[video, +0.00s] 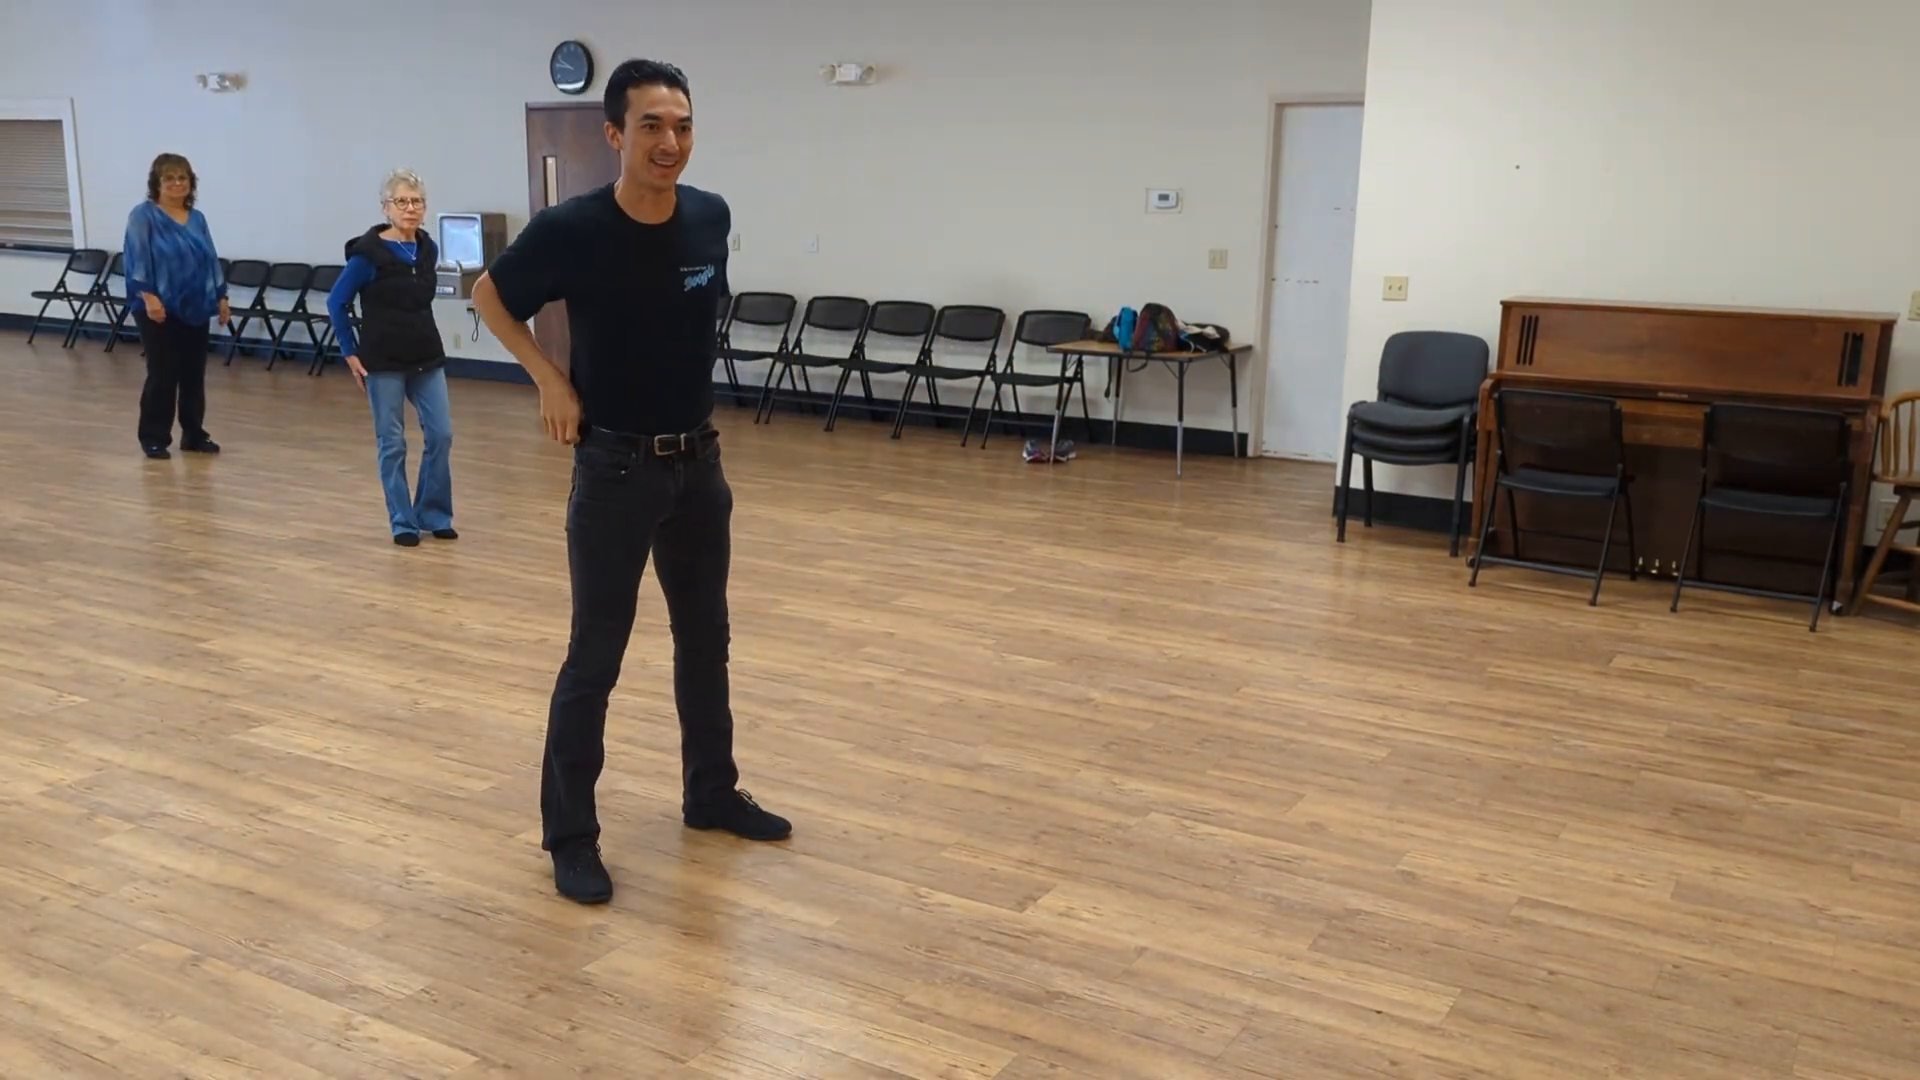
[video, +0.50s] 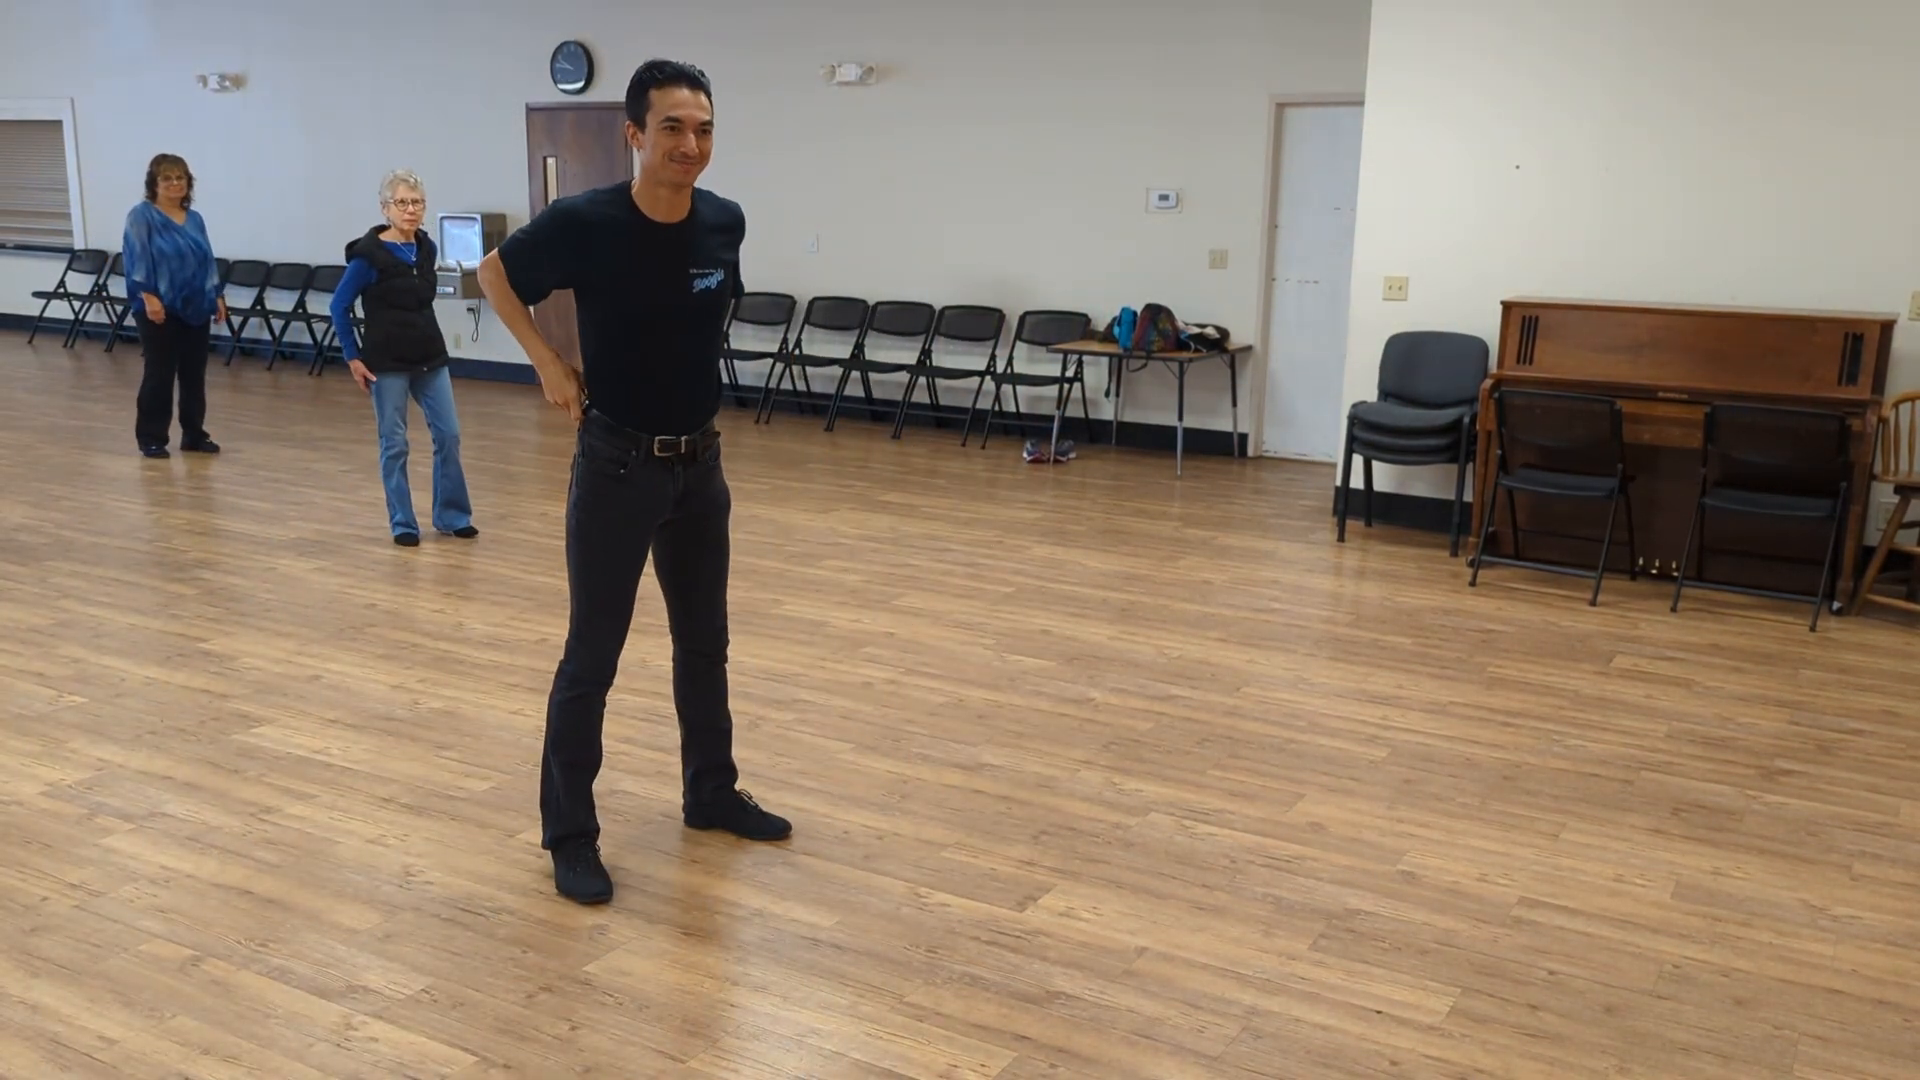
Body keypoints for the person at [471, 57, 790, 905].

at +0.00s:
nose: (671, 141)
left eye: (681, 126)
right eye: (653, 126)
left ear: (694, 136)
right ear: (615, 135)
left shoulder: (708, 217)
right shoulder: (572, 230)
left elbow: (692, 313)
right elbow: (491, 291)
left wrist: (686, 400)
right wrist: (549, 378)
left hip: (696, 466)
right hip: (614, 473)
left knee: (705, 643)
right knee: (594, 661)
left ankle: (711, 794)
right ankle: (571, 839)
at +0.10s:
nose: (679, 142)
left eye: (690, 128)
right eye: (662, 127)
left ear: (702, 138)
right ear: (624, 134)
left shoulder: (716, 219)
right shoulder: (578, 226)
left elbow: (705, 315)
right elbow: (498, 286)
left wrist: (686, 394)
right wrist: (549, 374)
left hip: (697, 467)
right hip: (617, 471)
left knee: (705, 644)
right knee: (595, 660)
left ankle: (711, 795)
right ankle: (572, 839)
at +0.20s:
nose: (684, 143)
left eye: (696, 129)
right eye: (666, 128)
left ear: (708, 137)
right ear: (629, 134)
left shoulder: (720, 221)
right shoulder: (584, 225)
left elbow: (708, 310)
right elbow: (499, 279)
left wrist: (686, 377)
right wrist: (551, 363)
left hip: (698, 464)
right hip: (617, 467)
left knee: (704, 642)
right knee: (593, 657)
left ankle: (711, 794)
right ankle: (572, 838)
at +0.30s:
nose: (688, 142)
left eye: (700, 128)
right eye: (670, 127)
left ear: (711, 138)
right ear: (633, 135)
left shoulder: (722, 222)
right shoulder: (586, 224)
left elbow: (703, 311)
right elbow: (502, 280)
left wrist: (681, 379)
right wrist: (549, 370)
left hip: (698, 466)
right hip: (616, 469)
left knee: (704, 644)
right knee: (592, 658)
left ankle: (711, 794)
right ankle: (571, 838)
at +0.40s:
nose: (689, 143)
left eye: (701, 129)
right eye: (672, 128)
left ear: (713, 138)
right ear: (635, 134)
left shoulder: (724, 225)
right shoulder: (586, 224)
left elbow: (703, 316)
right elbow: (500, 280)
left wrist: (680, 385)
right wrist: (548, 370)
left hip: (698, 468)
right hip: (616, 470)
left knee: (704, 644)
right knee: (592, 660)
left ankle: (710, 795)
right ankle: (571, 838)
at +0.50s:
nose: (690, 143)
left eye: (702, 129)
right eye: (672, 128)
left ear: (713, 139)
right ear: (635, 134)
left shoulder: (723, 223)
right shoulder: (587, 222)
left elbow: (701, 308)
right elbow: (497, 274)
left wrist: (680, 375)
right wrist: (550, 366)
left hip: (698, 466)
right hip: (616, 469)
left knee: (704, 645)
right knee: (591, 660)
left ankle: (710, 794)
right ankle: (571, 838)